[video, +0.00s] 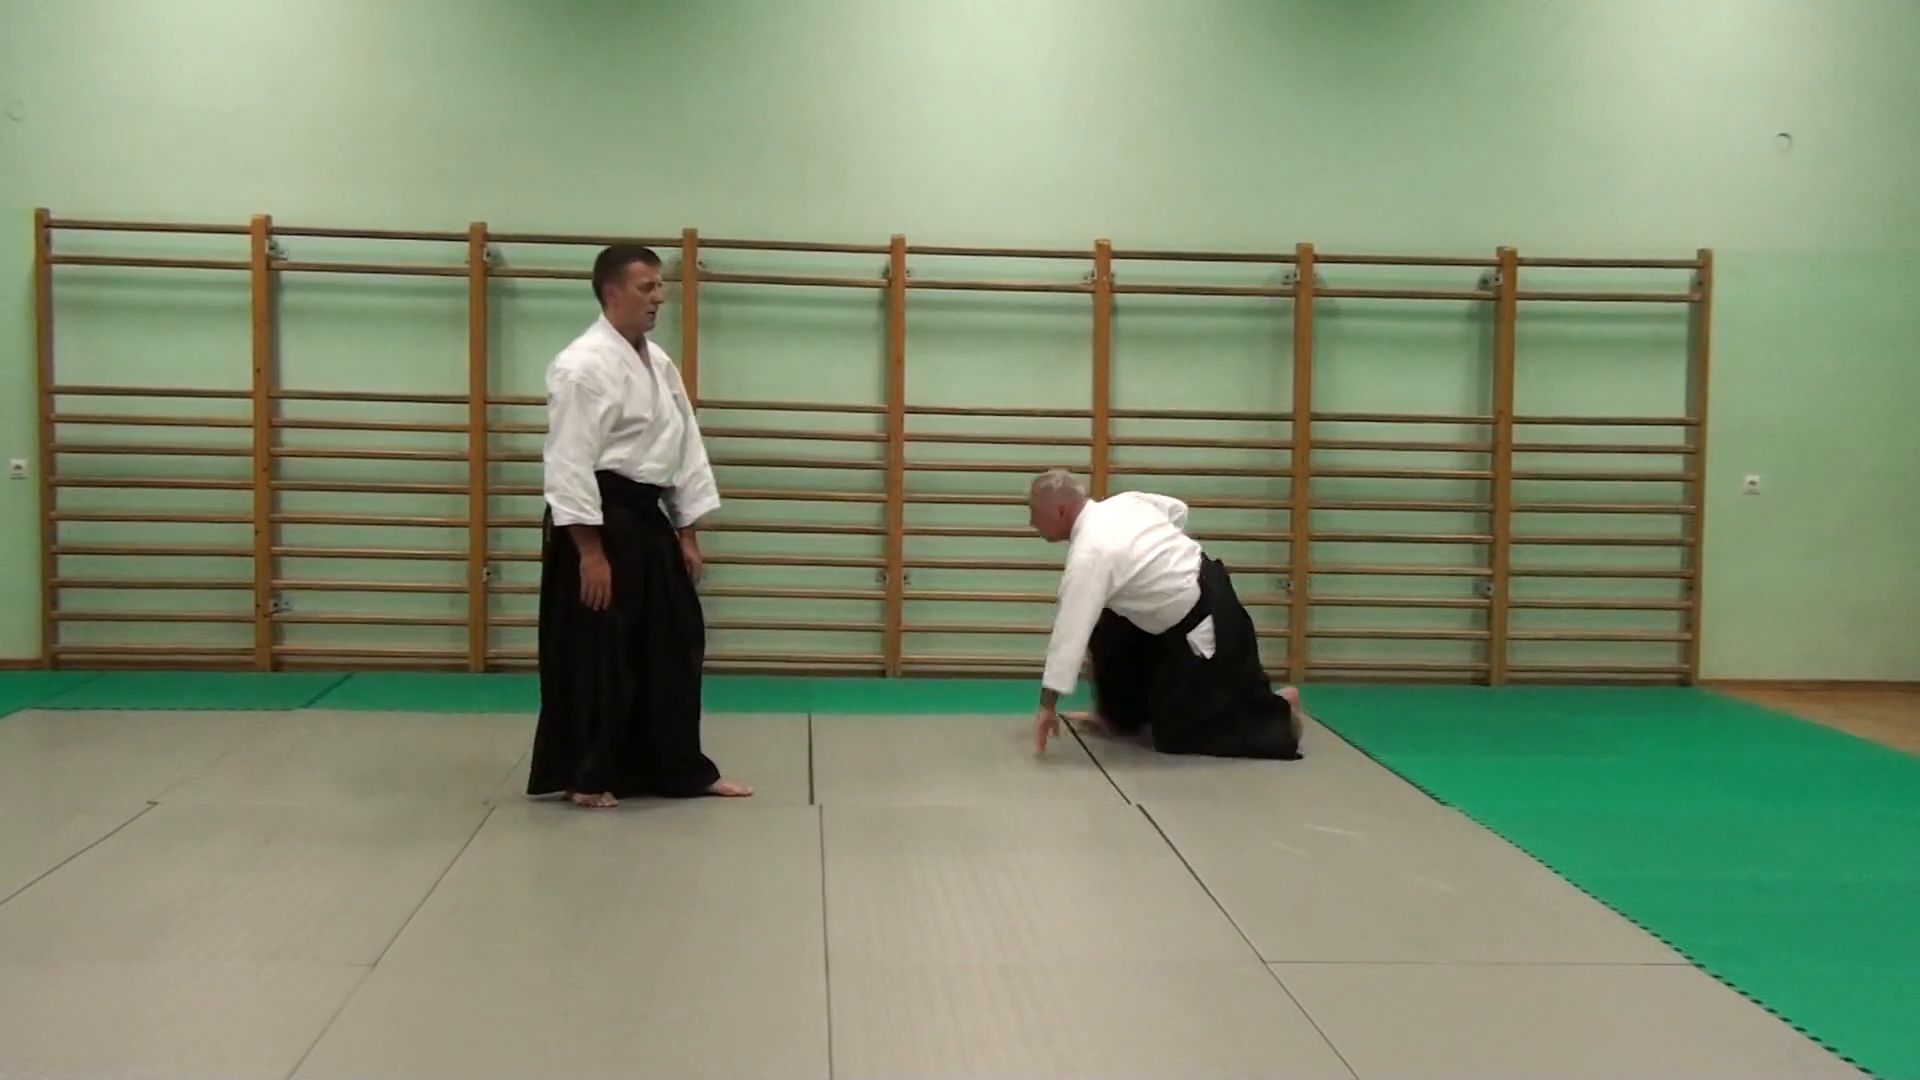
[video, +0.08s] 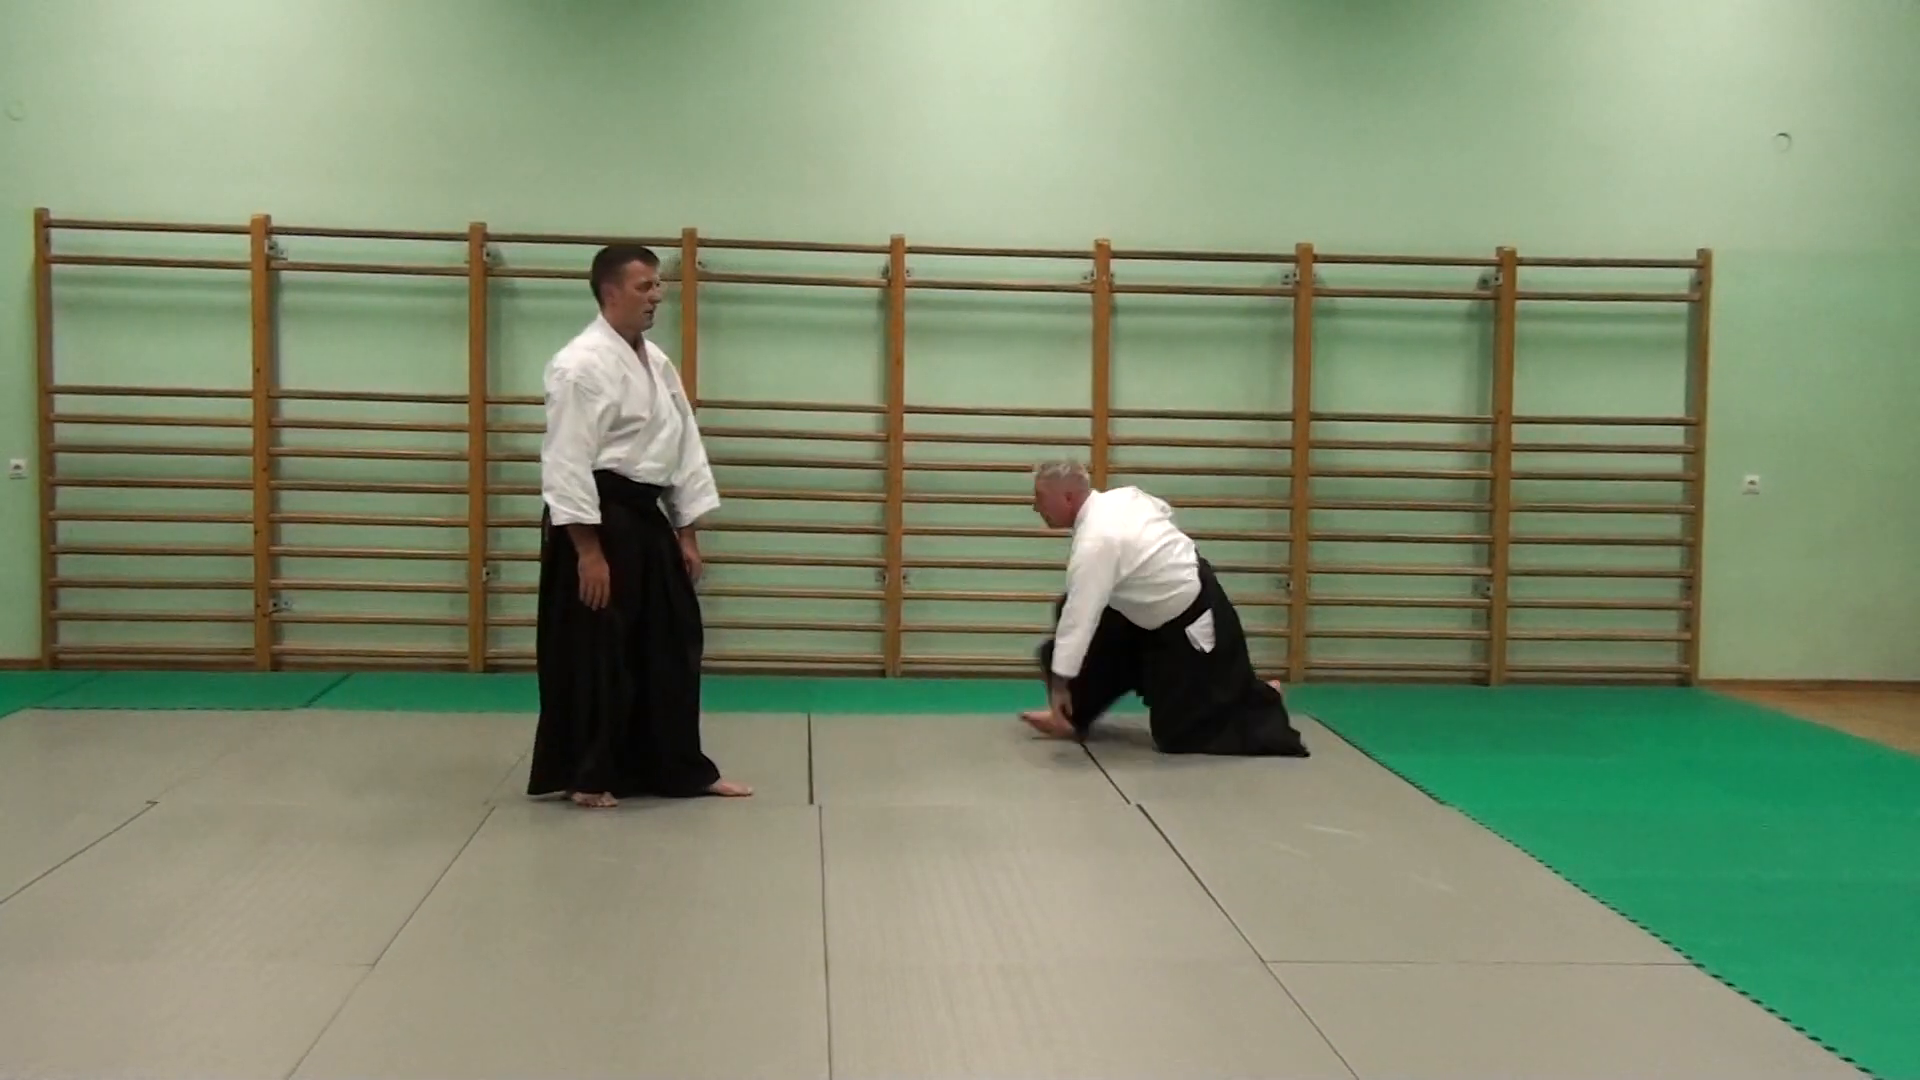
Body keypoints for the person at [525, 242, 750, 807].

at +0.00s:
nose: (658, 296)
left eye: (659, 286)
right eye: (646, 287)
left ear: (653, 293)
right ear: (610, 293)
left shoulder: (660, 363)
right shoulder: (580, 365)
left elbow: (684, 448)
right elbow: (567, 462)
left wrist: (686, 530)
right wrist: (589, 548)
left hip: (652, 515)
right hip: (596, 514)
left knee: (677, 636)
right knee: (594, 643)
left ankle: (678, 767)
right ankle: (586, 775)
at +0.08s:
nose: (656, 295)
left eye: (657, 285)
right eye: (644, 286)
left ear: (650, 292)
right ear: (608, 293)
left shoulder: (657, 362)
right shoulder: (578, 365)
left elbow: (682, 447)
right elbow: (564, 462)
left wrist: (685, 529)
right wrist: (588, 548)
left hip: (651, 514)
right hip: (595, 513)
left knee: (674, 637)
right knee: (594, 643)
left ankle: (678, 767)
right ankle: (585, 775)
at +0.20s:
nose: (655, 295)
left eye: (655, 285)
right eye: (643, 286)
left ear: (649, 292)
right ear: (606, 293)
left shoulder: (656, 362)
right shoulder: (574, 365)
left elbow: (683, 445)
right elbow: (562, 463)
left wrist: (685, 529)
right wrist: (586, 548)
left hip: (650, 515)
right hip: (593, 515)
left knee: (672, 638)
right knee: (592, 644)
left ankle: (678, 768)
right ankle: (585, 776)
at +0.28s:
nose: (653, 296)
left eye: (655, 286)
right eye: (642, 287)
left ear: (649, 292)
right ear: (606, 292)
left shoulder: (655, 363)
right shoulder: (573, 365)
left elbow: (684, 447)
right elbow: (560, 463)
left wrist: (686, 530)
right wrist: (584, 548)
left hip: (649, 514)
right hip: (592, 515)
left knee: (672, 637)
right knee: (591, 645)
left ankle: (678, 768)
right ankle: (583, 776)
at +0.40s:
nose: (652, 296)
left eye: (653, 286)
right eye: (641, 287)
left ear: (648, 293)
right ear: (605, 293)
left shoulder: (654, 364)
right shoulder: (572, 365)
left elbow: (683, 447)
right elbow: (558, 462)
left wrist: (686, 529)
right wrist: (582, 548)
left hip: (647, 516)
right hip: (591, 516)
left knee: (670, 638)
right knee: (590, 645)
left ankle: (678, 769)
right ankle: (582, 776)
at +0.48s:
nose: (651, 296)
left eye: (653, 286)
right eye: (640, 287)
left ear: (647, 292)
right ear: (604, 293)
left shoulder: (653, 363)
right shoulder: (571, 366)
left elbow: (683, 447)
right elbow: (557, 464)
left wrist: (685, 530)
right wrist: (583, 547)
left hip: (647, 515)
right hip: (590, 516)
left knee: (670, 637)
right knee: (590, 645)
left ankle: (678, 769)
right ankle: (583, 776)